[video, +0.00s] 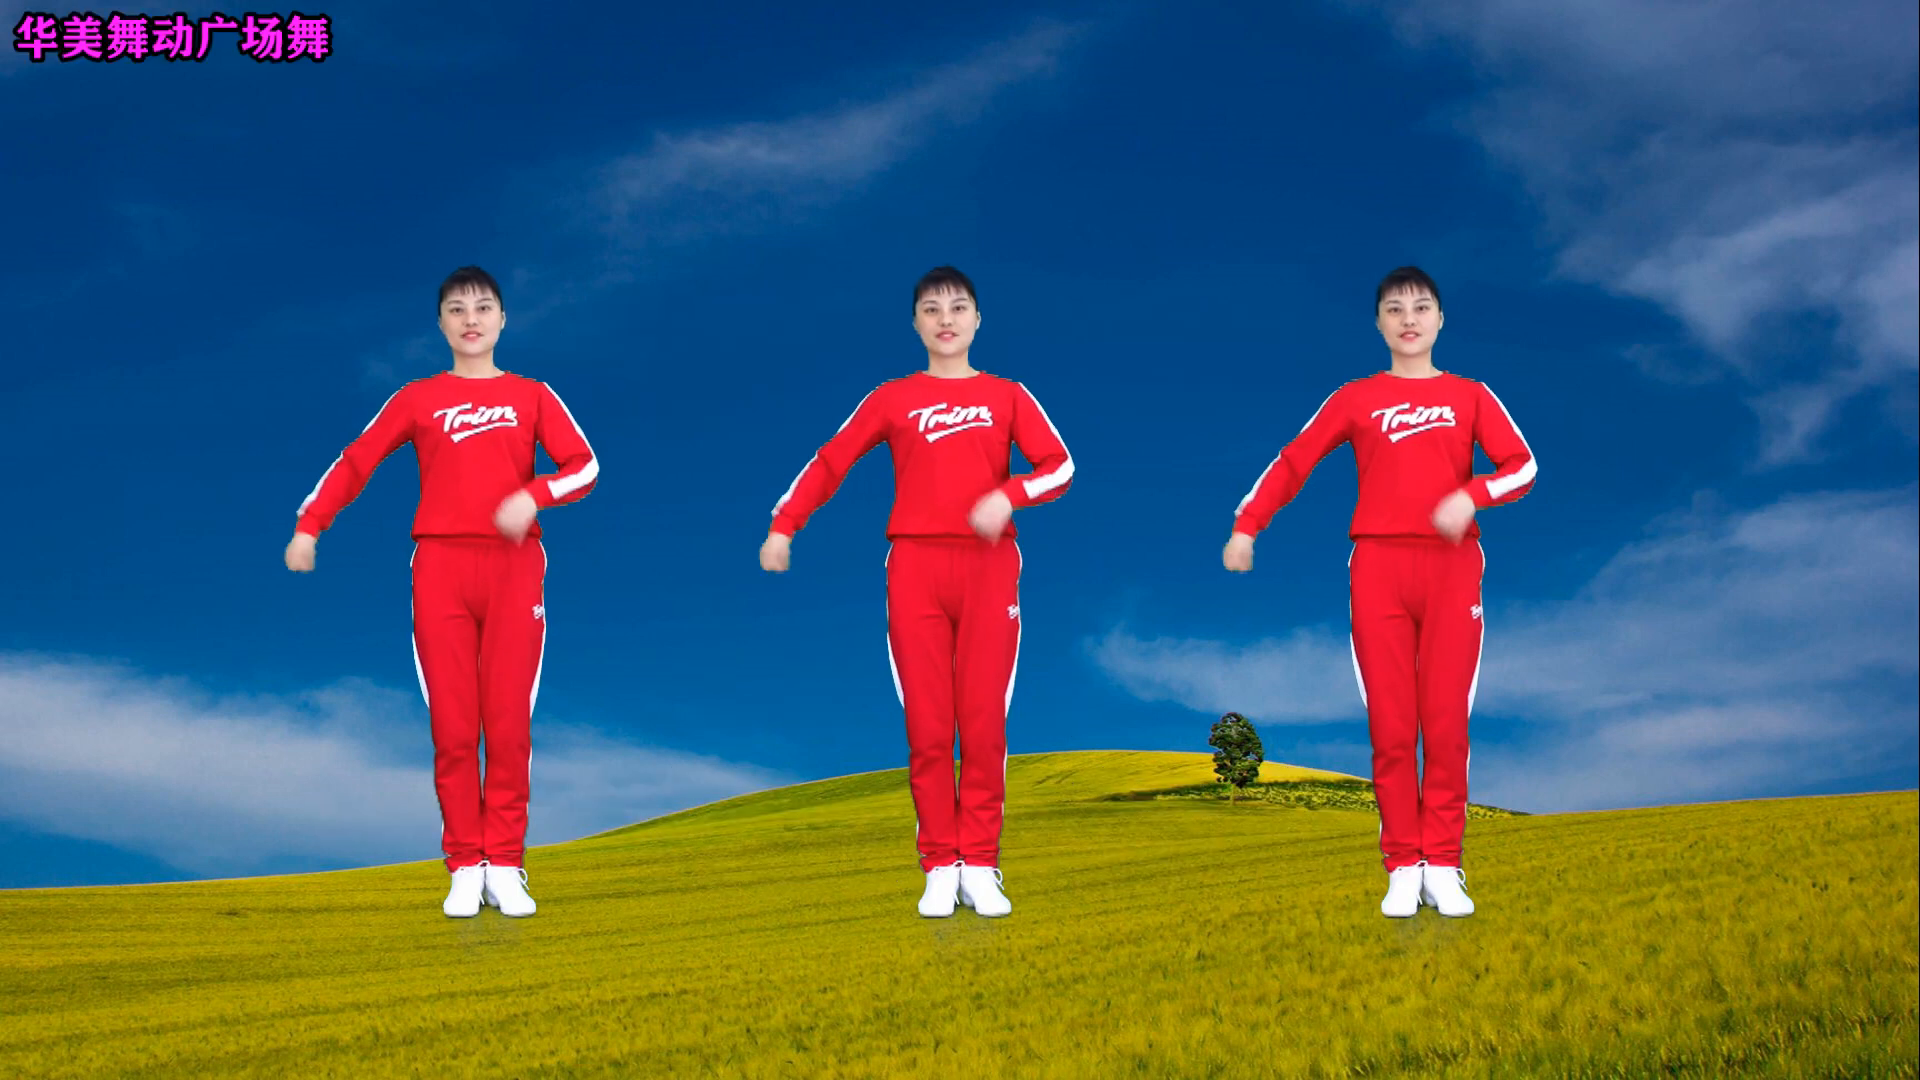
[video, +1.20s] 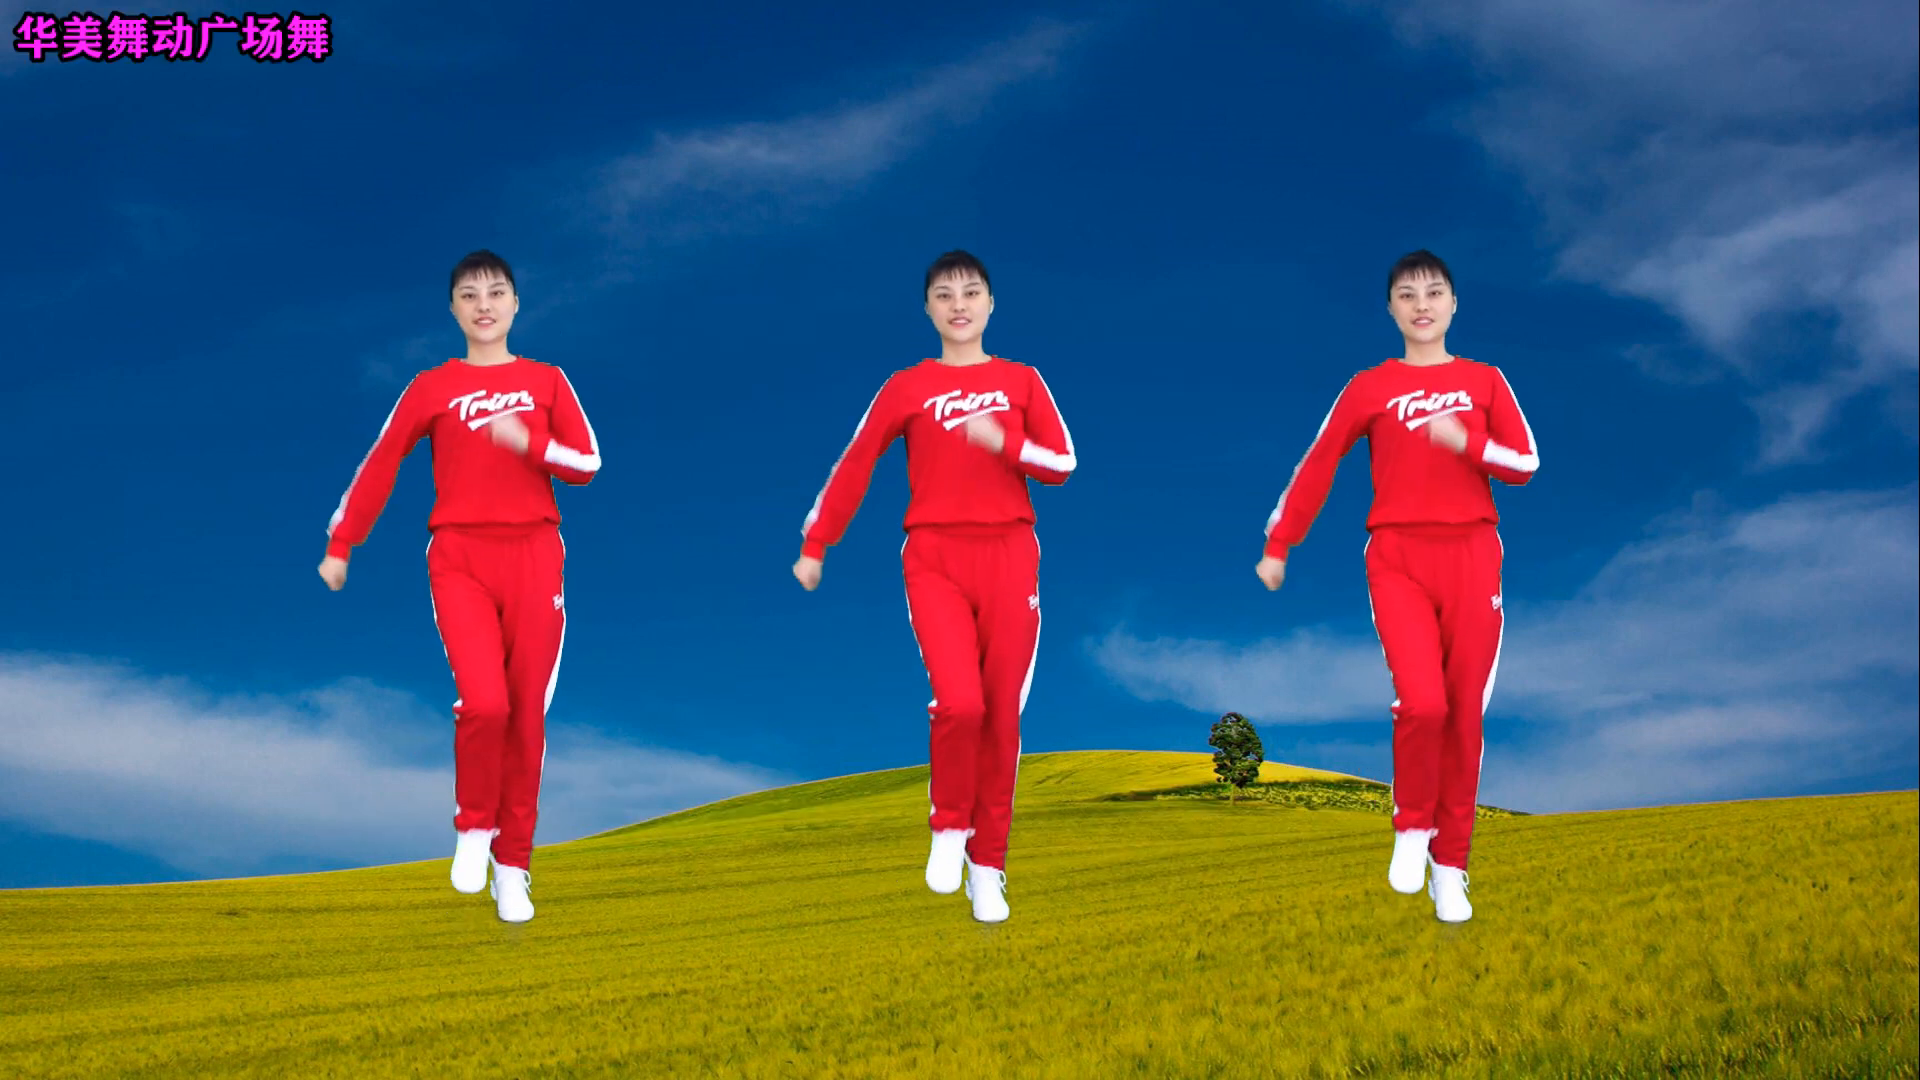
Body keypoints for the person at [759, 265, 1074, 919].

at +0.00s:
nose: (946, 319)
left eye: (957, 308)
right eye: (933, 311)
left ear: (976, 318)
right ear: (918, 323)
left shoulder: (1008, 396)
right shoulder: (891, 399)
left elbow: (1060, 468)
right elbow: (830, 462)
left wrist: (1008, 494)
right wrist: (781, 527)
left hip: (989, 573)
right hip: (915, 572)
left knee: (984, 722)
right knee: (928, 727)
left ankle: (980, 865)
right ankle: (940, 866)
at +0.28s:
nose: (945, 327)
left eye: (956, 316)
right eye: (932, 318)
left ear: (975, 327)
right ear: (916, 331)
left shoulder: (1005, 403)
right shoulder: (889, 408)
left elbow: (1019, 485)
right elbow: (847, 493)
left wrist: (982, 520)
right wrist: (805, 568)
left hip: (981, 580)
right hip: (906, 579)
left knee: (970, 723)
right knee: (914, 733)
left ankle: (978, 849)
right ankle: (939, 865)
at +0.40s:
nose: (945, 329)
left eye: (957, 319)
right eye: (932, 320)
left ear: (974, 330)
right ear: (916, 333)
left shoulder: (1004, 409)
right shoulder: (888, 411)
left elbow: (1018, 503)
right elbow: (866, 498)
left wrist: (1022, 589)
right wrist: (889, 565)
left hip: (979, 581)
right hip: (906, 582)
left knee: (955, 715)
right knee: (906, 730)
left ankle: (973, 808)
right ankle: (937, 863)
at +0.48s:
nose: (946, 315)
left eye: (958, 305)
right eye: (933, 305)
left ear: (975, 317)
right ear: (916, 319)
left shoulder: (1004, 395)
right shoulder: (888, 396)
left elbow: (1037, 485)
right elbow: (852, 476)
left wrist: (1056, 571)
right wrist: (914, 490)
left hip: (981, 567)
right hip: (905, 568)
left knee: (957, 705)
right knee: (912, 720)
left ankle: (973, 809)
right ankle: (939, 860)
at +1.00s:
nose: (958, 328)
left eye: (969, 316)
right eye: (945, 318)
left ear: (988, 326)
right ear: (928, 330)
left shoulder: (1019, 407)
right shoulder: (903, 413)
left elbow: (1041, 501)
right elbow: (896, 508)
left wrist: (1052, 587)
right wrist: (898, 592)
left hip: (1010, 581)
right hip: (936, 584)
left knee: (1006, 729)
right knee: (959, 709)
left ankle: (985, 868)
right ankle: (950, 811)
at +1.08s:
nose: (959, 324)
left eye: (971, 312)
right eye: (946, 314)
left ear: (989, 322)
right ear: (930, 326)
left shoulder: (1021, 401)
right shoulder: (905, 407)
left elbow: (1042, 485)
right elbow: (881, 500)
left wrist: (1012, 540)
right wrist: (863, 589)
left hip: (1011, 573)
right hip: (936, 574)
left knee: (1009, 722)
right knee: (965, 699)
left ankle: (986, 866)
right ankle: (952, 804)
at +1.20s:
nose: (959, 305)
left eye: (970, 294)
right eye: (946, 295)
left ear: (989, 303)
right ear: (929, 308)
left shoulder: (1021, 380)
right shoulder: (905, 387)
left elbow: (1061, 465)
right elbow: (854, 463)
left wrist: (1006, 442)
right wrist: (815, 544)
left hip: (1009, 556)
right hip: (933, 556)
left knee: (1002, 712)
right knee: (960, 705)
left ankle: (989, 861)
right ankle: (950, 825)